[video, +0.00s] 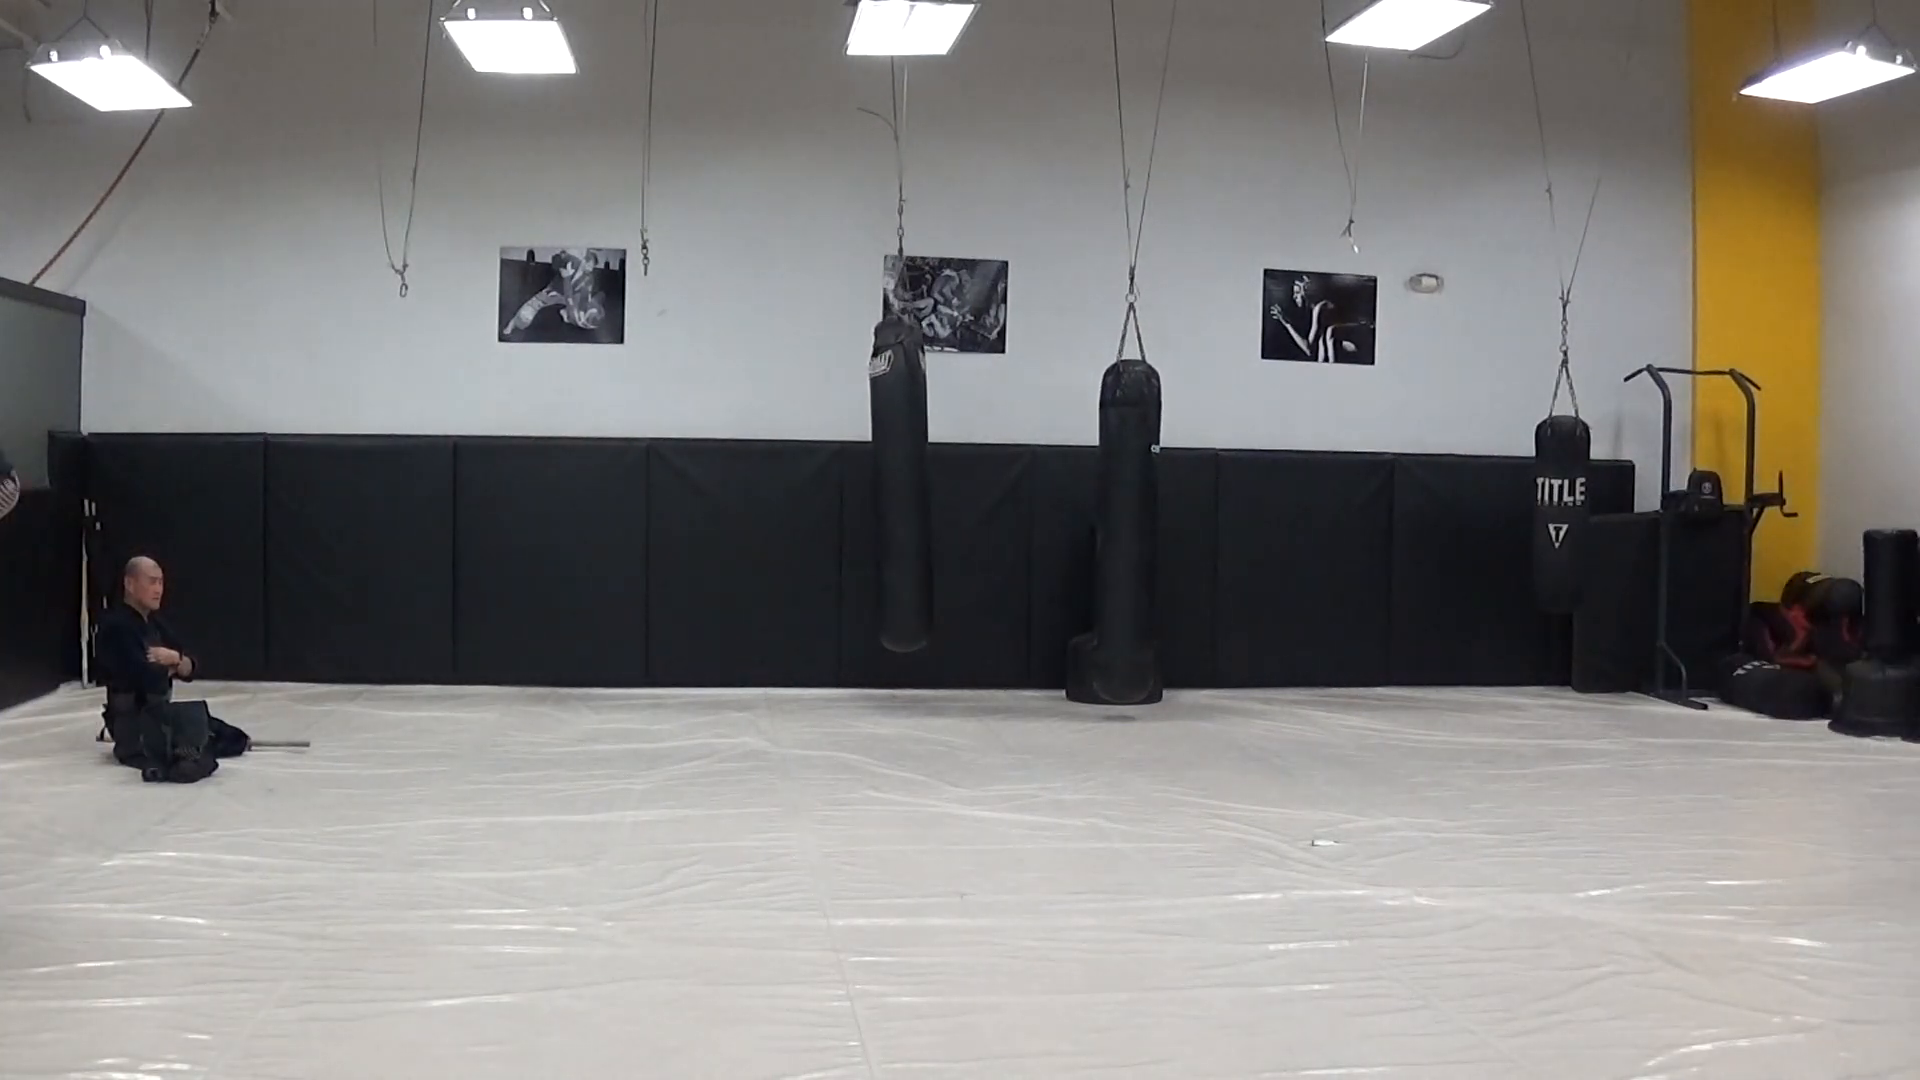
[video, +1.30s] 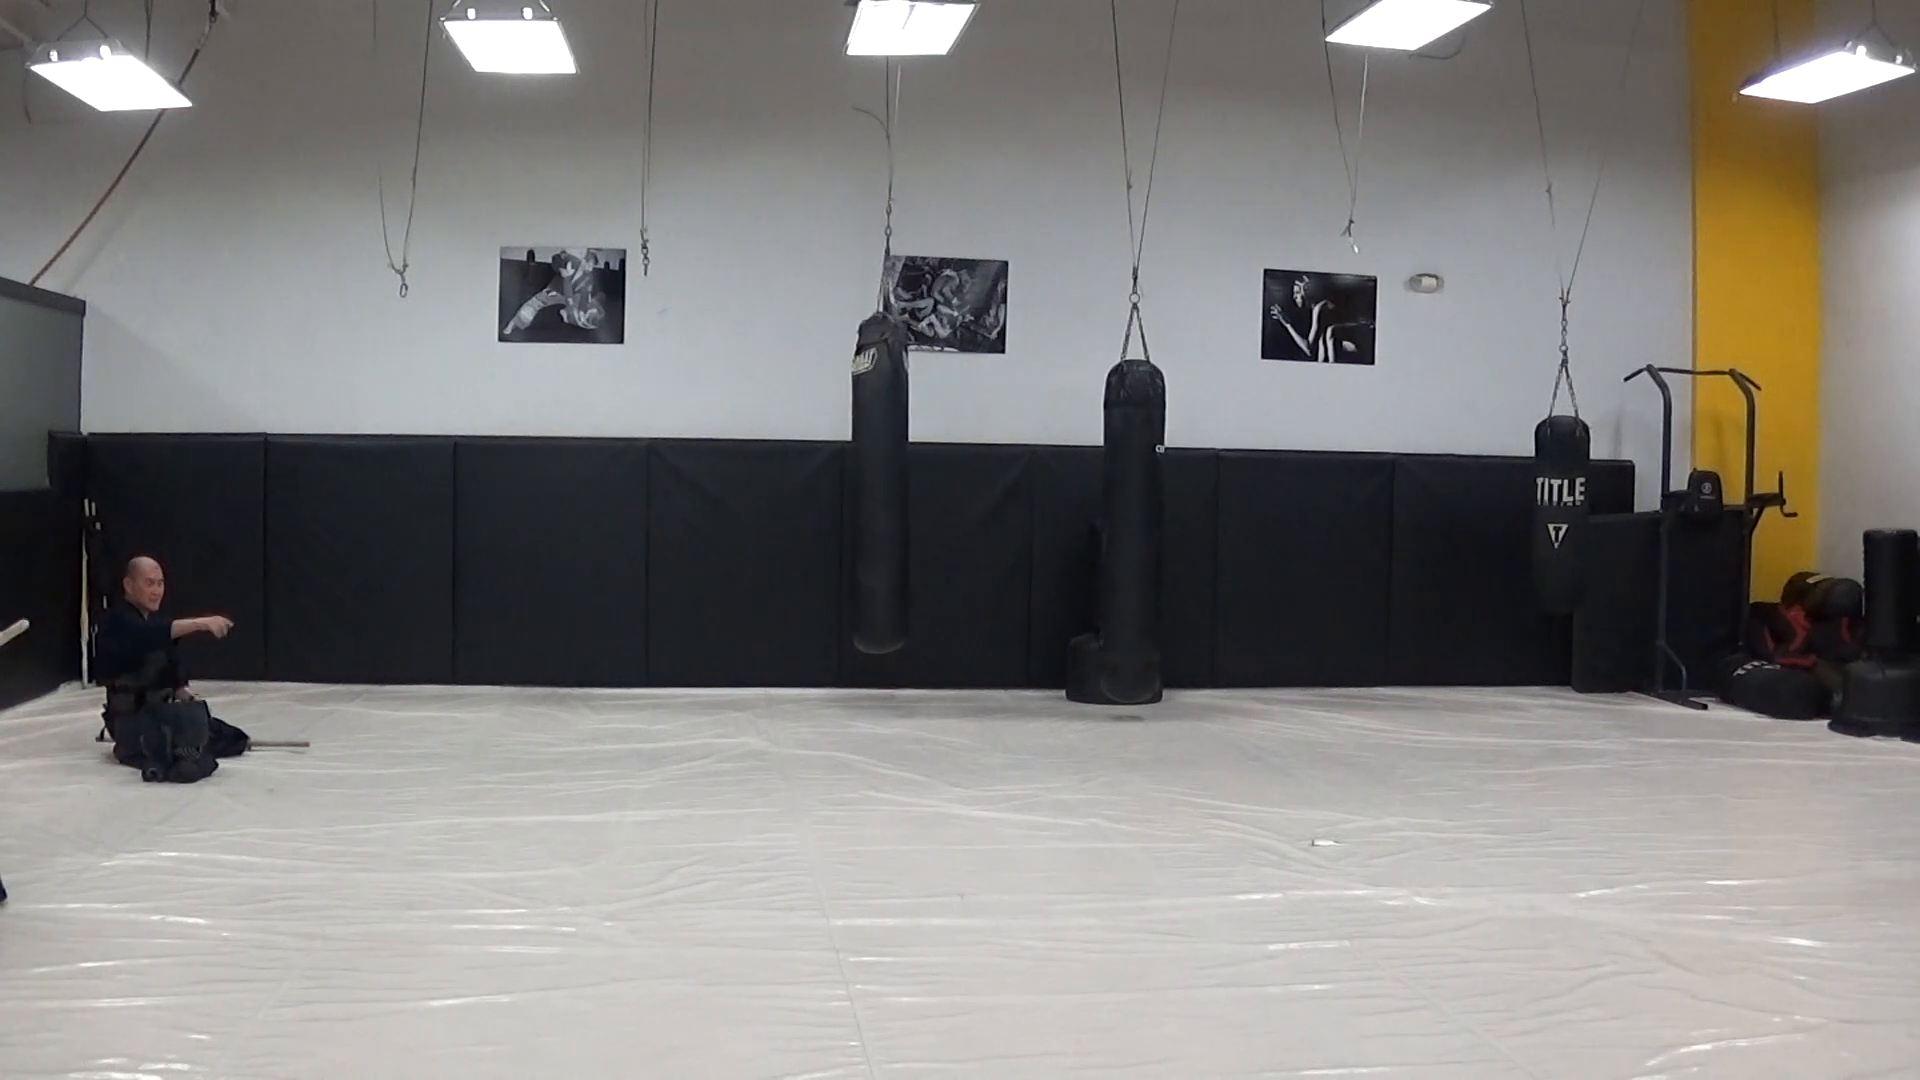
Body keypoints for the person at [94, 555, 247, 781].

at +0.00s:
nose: (159, 589)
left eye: (161, 582)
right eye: (152, 582)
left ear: (163, 584)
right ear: (129, 584)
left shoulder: (155, 622)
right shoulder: (114, 625)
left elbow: (192, 670)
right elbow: (142, 678)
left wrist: (176, 658)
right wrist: (173, 667)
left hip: (161, 721)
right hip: (132, 731)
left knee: (237, 740)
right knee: (200, 760)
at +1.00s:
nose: (159, 589)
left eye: (160, 582)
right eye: (152, 582)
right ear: (129, 585)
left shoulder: (155, 623)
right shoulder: (114, 624)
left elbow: (169, 674)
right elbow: (136, 664)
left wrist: (190, 669)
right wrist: (175, 654)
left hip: (162, 716)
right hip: (129, 723)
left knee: (236, 740)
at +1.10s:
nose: (158, 589)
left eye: (160, 582)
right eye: (151, 582)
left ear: (163, 585)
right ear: (129, 586)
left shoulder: (154, 623)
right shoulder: (116, 621)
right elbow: (145, 652)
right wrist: (194, 634)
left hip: (162, 717)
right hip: (130, 724)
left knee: (236, 740)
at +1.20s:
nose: (157, 590)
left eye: (160, 583)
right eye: (150, 582)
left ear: (163, 585)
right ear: (128, 586)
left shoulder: (156, 621)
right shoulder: (116, 620)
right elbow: (149, 639)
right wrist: (204, 622)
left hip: (162, 715)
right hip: (128, 721)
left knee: (236, 739)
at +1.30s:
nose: (157, 590)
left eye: (160, 583)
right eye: (150, 583)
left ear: (164, 585)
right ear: (128, 585)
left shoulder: (157, 624)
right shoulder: (116, 620)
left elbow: (173, 679)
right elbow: (147, 634)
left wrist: (186, 697)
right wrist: (201, 624)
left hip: (166, 712)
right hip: (129, 719)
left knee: (235, 740)